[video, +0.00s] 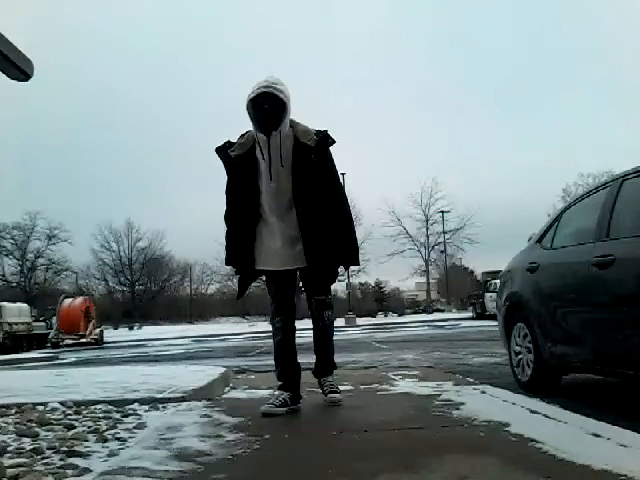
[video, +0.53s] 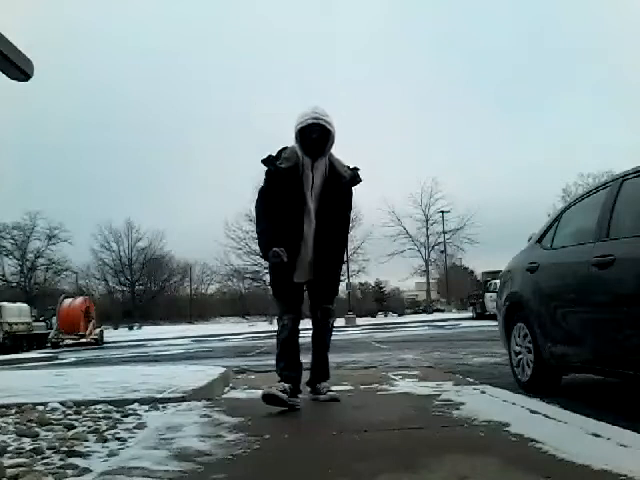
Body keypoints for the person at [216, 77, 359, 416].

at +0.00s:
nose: (264, 112)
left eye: (271, 105)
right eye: (257, 106)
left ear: (285, 107)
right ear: (249, 110)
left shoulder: (310, 144)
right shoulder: (241, 154)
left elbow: (333, 198)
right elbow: (236, 209)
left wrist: (343, 248)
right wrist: (237, 256)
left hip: (312, 245)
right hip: (270, 249)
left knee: (322, 312)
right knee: (281, 319)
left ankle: (326, 375)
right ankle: (288, 391)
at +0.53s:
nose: (314, 139)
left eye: (321, 133)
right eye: (308, 132)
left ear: (330, 137)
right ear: (298, 135)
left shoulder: (341, 176)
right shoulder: (281, 170)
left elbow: (343, 221)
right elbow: (265, 211)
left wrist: (339, 256)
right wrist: (271, 246)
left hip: (325, 260)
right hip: (288, 259)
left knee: (323, 320)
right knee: (289, 320)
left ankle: (319, 383)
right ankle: (289, 385)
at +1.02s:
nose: (333, 139)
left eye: (338, 133)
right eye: (327, 132)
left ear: (343, 138)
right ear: (314, 135)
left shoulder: (344, 178)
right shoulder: (297, 165)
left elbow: (354, 222)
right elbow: (283, 213)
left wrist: (367, 248)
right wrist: (278, 258)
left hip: (326, 255)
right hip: (294, 253)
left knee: (322, 316)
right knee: (290, 313)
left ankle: (318, 381)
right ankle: (285, 366)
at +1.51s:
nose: (310, 138)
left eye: (316, 131)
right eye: (304, 132)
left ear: (326, 134)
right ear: (294, 135)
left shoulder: (342, 166)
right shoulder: (280, 168)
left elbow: (375, 189)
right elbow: (253, 205)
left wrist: (351, 209)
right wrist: (281, 222)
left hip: (324, 257)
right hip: (287, 258)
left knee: (322, 320)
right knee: (287, 320)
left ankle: (319, 383)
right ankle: (289, 383)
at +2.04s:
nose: (299, 126)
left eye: (305, 119)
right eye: (292, 119)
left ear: (317, 120)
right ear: (282, 122)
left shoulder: (336, 148)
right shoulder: (270, 154)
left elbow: (364, 179)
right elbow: (253, 191)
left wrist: (347, 218)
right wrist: (276, 225)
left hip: (332, 241)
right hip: (291, 245)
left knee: (346, 311)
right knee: (291, 320)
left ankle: (362, 380)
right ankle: (292, 386)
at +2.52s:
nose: (348, 120)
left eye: (355, 114)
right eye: (341, 113)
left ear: (367, 116)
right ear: (332, 114)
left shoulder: (380, 149)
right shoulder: (312, 143)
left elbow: (393, 187)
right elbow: (293, 177)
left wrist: (369, 217)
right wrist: (306, 213)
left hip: (357, 242)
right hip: (315, 241)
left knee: (361, 313)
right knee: (308, 316)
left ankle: (368, 384)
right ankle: (306, 384)